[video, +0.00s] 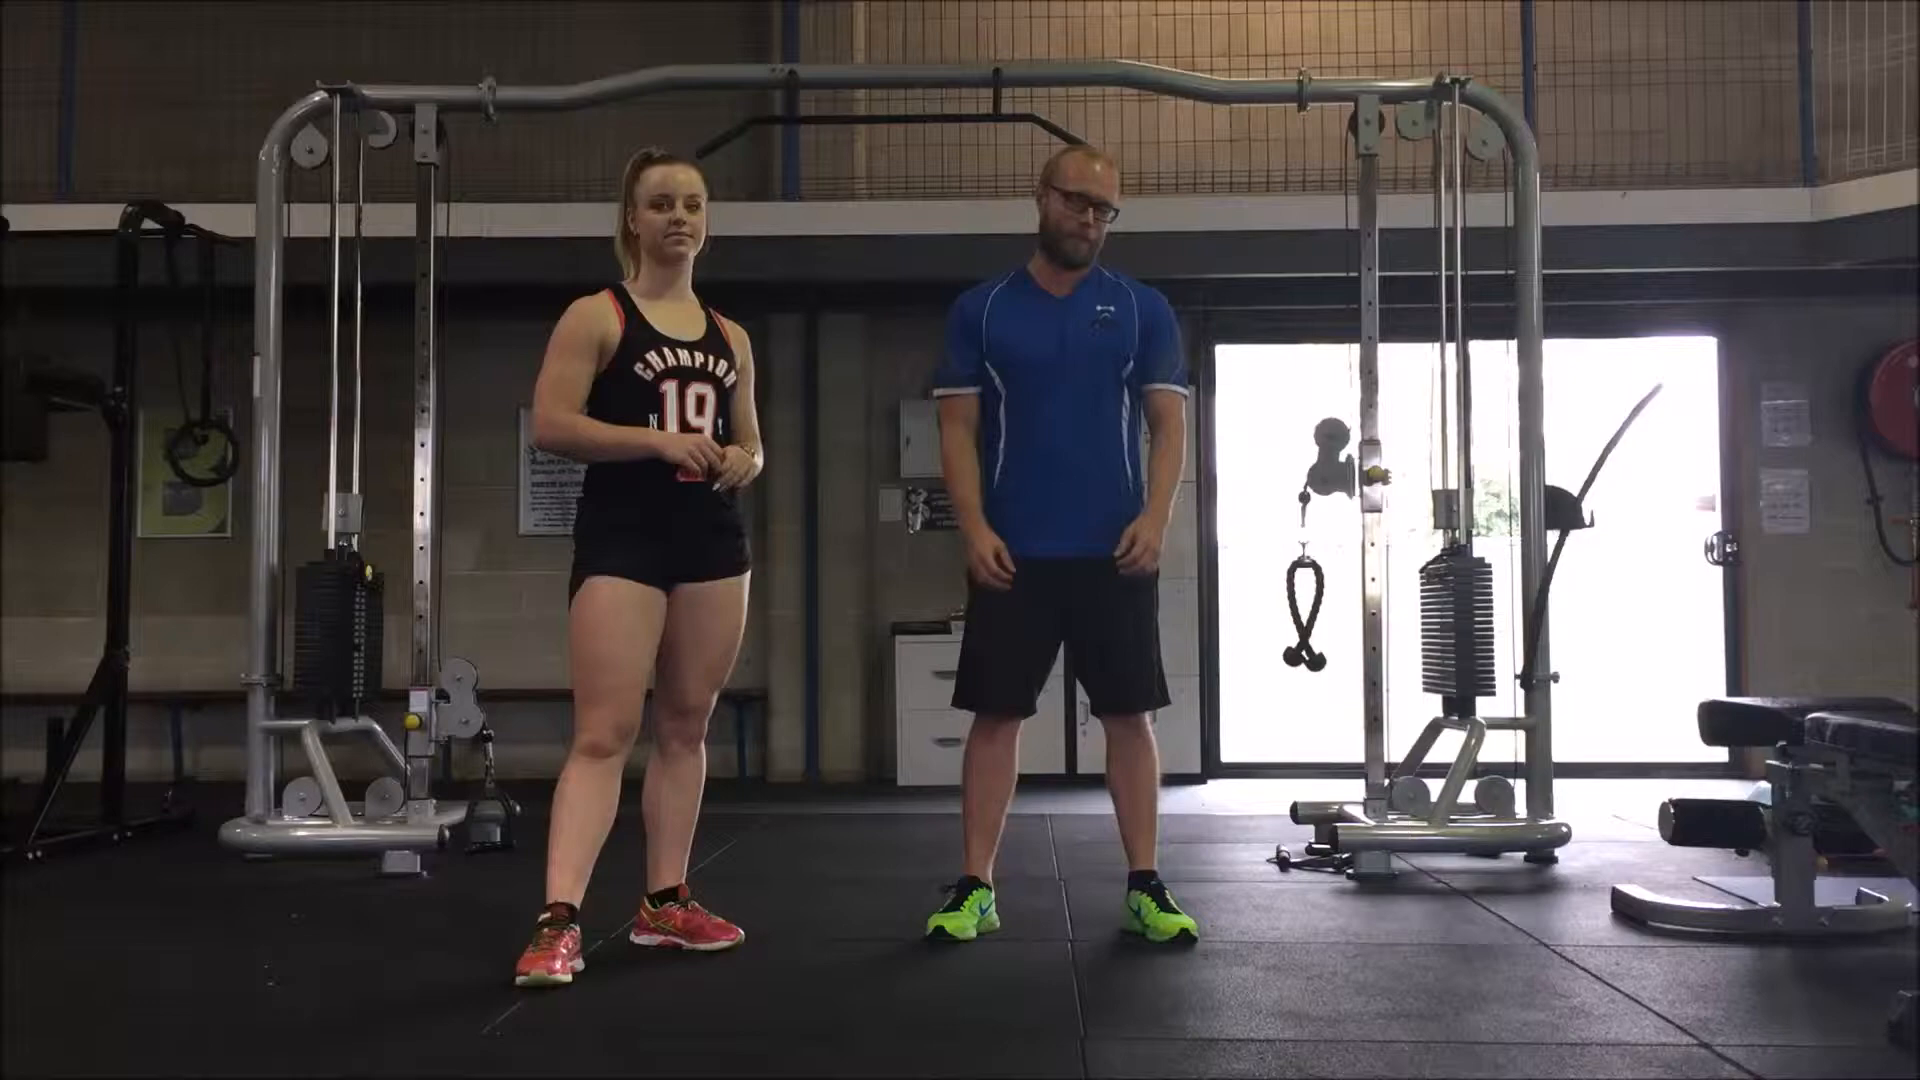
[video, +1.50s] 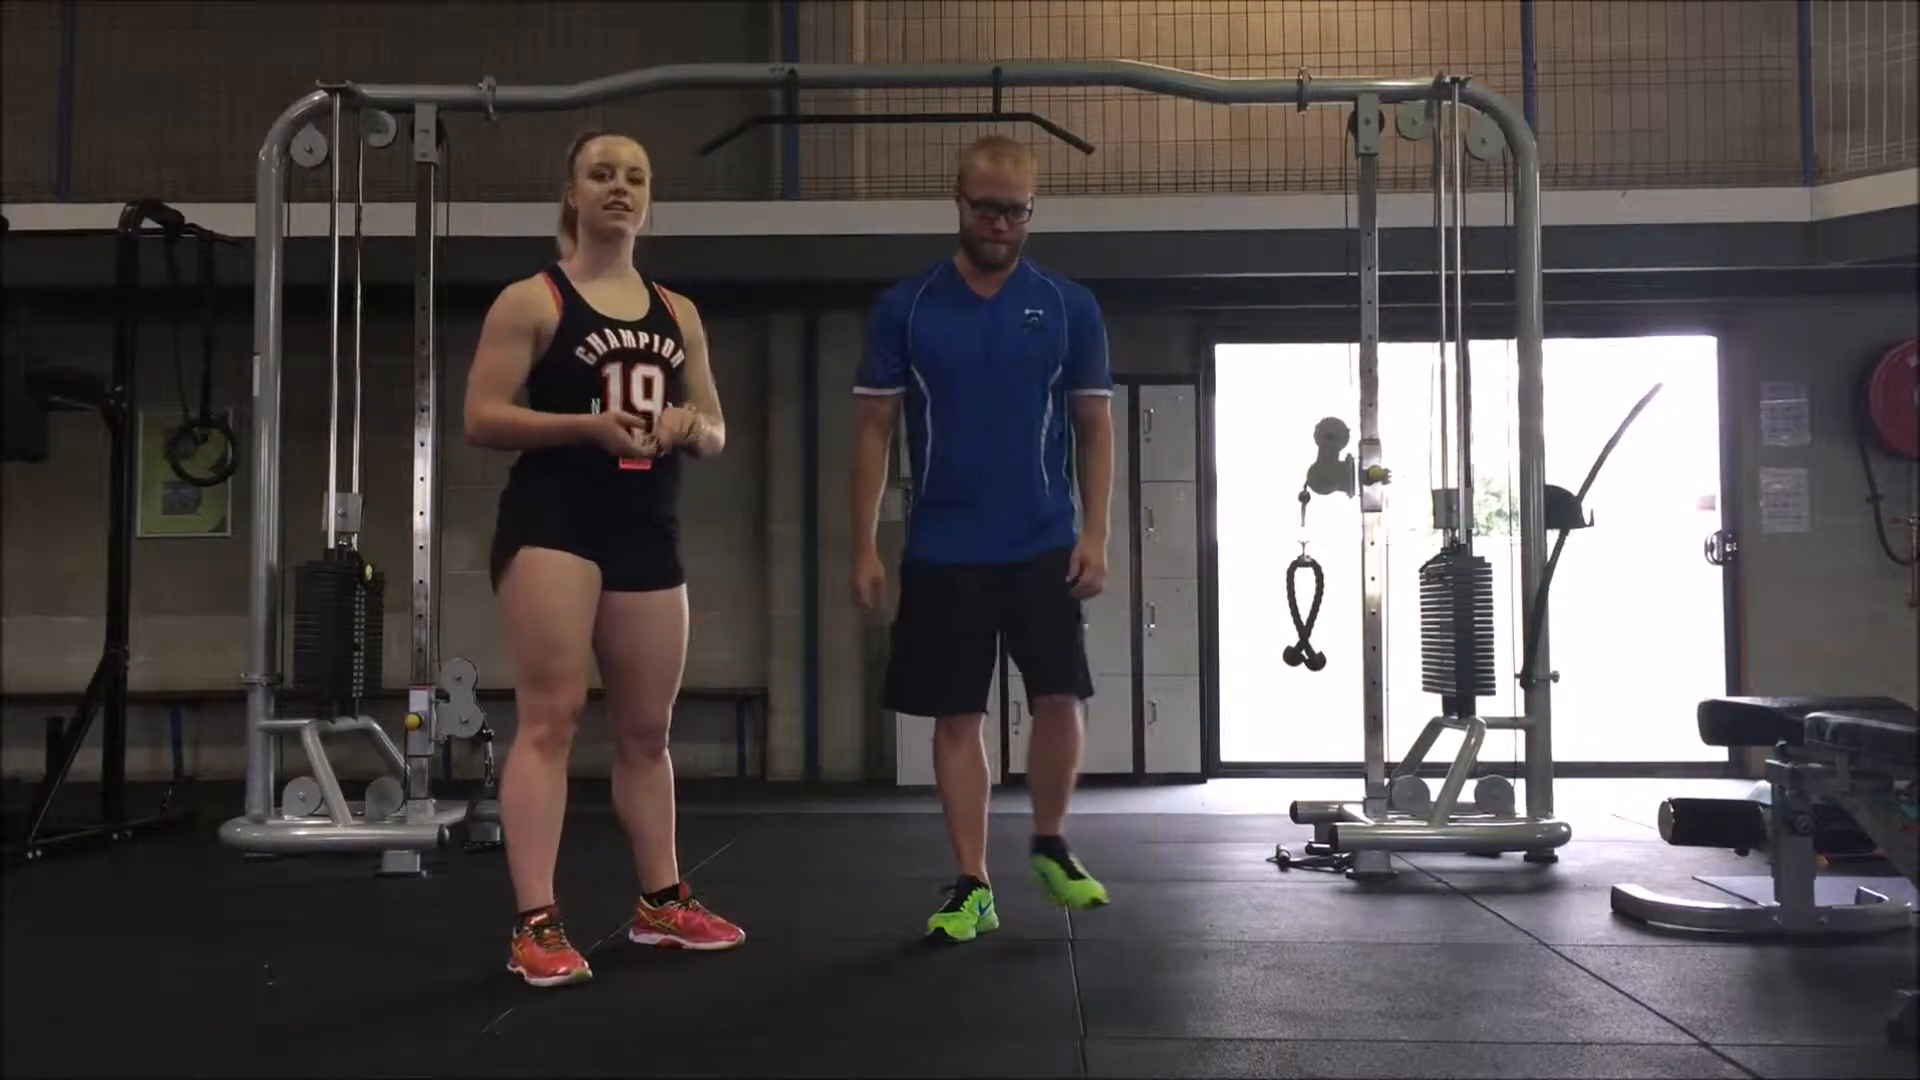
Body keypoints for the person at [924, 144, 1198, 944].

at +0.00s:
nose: (1089, 218)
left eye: (1102, 209)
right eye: (1076, 202)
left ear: (1115, 219)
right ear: (1042, 201)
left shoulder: (1141, 309)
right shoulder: (981, 309)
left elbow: (1169, 423)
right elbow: (956, 427)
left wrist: (1155, 516)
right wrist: (973, 527)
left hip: (1112, 555)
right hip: (1014, 556)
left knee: (1128, 717)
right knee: (994, 720)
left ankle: (1145, 885)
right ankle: (975, 886)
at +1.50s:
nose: (998, 222)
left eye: (1013, 209)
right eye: (984, 207)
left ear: (1033, 211)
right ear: (958, 204)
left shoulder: (1070, 308)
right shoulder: (905, 309)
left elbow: (1095, 424)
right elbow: (873, 427)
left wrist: (1095, 532)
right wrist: (864, 546)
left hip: (1042, 547)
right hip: (944, 551)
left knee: (1059, 699)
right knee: (955, 717)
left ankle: (1050, 844)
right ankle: (972, 884)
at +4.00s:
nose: (1011, 231)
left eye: (1025, 216)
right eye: (994, 218)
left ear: (1050, 219)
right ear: (972, 225)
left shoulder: (1108, 318)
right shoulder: (936, 332)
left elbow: (1151, 429)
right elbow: (908, 455)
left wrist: (1083, 443)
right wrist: (965, 468)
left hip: (1088, 560)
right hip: (984, 568)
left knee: (1152, 713)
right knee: (971, 733)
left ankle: (1152, 835)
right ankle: (960, 897)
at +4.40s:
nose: (954, 265)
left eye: (968, 247)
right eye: (937, 250)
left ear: (989, 230)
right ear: (909, 236)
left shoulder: (1046, 311)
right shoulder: (875, 334)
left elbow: (1095, 417)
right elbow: (859, 459)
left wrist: (1032, 452)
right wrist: (903, 476)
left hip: (1049, 552)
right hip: (942, 564)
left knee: (1123, 700)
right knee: (937, 730)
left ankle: (1140, 820)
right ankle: (954, 898)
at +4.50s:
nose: (952, 268)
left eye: (965, 251)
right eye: (935, 254)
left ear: (986, 231)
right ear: (904, 236)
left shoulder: (1044, 311)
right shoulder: (872, 337)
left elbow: (1097, 414)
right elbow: (860, 465)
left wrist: (1035, 454)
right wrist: (897, 483)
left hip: (1053, 554)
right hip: (945, 565)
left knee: (1126, 702)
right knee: (934, 728)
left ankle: (1140, 825)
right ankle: (953, 897)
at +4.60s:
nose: (957, 275)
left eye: (970, 257)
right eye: (939, 261)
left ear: (989, 237)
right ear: (907, 244)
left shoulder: (1048, 315)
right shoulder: (882, 345)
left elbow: (1105, 417)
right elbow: (869, 472)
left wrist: (1043, 460)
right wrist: (901, 492)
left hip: (1061, 557)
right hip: (952, 568)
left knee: (1127, 712)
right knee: (941, 730)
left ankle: (1133, 839)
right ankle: (954, 896)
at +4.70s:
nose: (973, 291)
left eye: (985, 274)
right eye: (956, 276)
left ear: (1003, 255)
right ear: (921, 264)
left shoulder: (1063, 330)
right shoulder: (894, 356)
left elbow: (1121, 431)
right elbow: (882, 485)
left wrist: (1054, 480)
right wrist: (913, 513)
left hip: (1074, 571)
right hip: (966, 581)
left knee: (1129, 728)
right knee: (949, 737)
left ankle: (1124, 862)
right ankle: (956, 898)